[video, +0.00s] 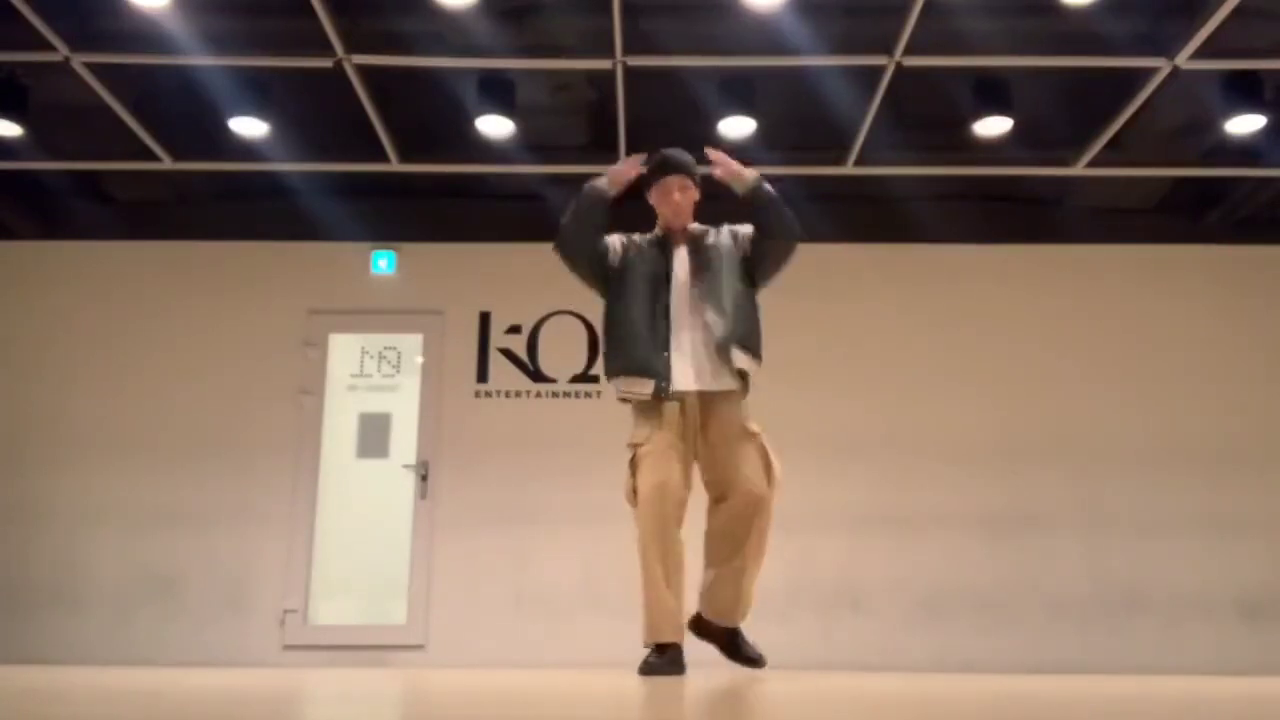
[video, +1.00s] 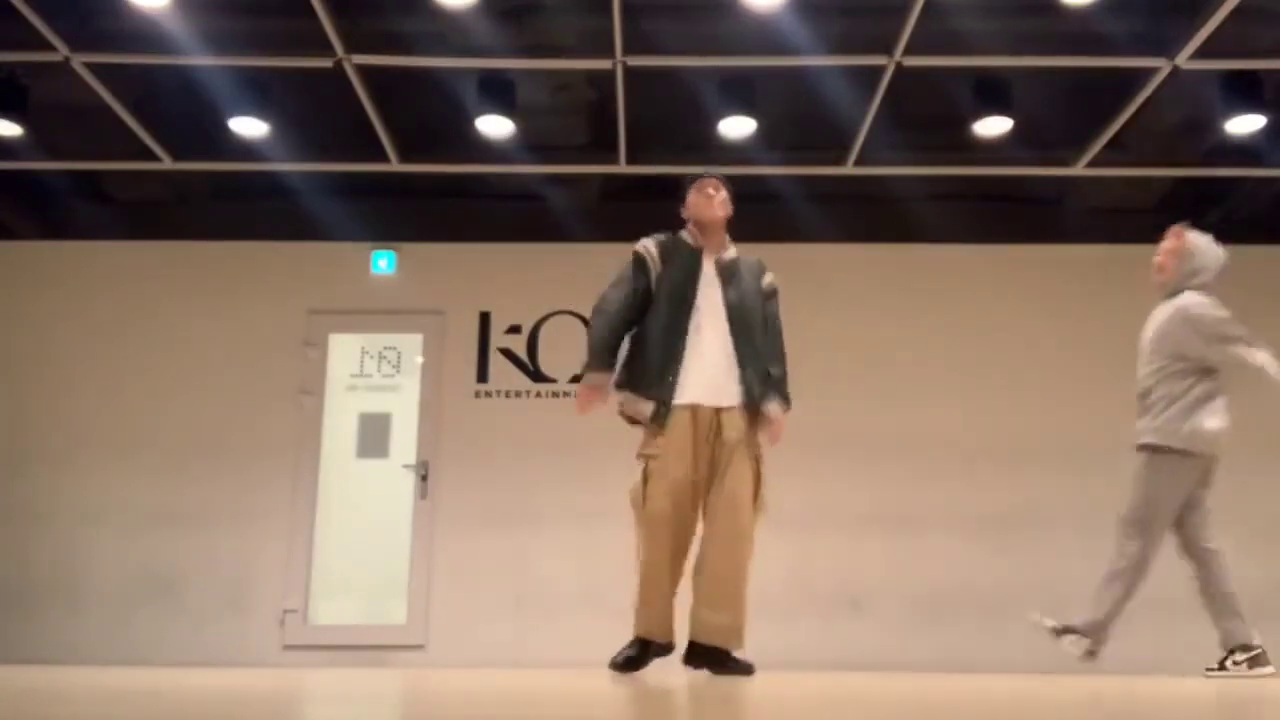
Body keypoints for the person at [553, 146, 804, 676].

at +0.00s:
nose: (678, 196)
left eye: (686, 186)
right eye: (667, 188)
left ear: (698, 195)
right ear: (649, 198)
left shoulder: (732, 246)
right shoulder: (626, 254)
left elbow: (783, 236)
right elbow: (572, 244)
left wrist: (749, 183)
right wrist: (606, 187)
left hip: (724, 399)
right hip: (658, 401)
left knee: (750, 489)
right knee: (659, 498)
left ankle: (719, 618)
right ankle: (664, 641)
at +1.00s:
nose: (715, 196)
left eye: (721, 192)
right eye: (704, 191)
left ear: (731, 212)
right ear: (684, 211)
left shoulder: (755, 273)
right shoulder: (658, 254)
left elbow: (771, 343)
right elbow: (613, 309)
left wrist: (774, 400)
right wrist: (598, 371)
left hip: (738, 415)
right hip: (672, 412)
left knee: (731, 530)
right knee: (661, 523)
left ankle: (711, 643)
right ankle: (652, 635)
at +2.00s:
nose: (700, 200)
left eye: (708, 193)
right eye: (692, 195)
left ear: (726, 203)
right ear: (683, 209)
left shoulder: (757, 245)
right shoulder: (663, 249)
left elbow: (790, 280)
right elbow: (612, 278)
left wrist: (742, 312)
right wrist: (655, 297)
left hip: (746, 407)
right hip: (681, 409)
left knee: (751, 517)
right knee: (670, 513)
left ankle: (748, 631)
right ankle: (672, 633)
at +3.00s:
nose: (671, 242)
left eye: (672, 232)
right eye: (659, 243)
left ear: (688, 233)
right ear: (652, 260)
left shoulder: (724, 263)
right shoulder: (647, 293)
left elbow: (702, 326)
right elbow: (674, 332)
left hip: (696, 399)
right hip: (643, 406)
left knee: (713, 501)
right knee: (622, 517)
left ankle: (786, 620)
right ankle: (630, 645)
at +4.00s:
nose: (732, 207)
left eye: (740, 204)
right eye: (724, 205)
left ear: (755, 224)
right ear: (709, 224)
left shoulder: (764, 262)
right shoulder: (691, 250)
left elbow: (796, 260)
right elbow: (648, 250)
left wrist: (782, 200)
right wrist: (668, 206)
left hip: (740, 391)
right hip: (691, 378)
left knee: (745, 505)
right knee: (739, 424)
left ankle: (731, 636)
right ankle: (692, 472)